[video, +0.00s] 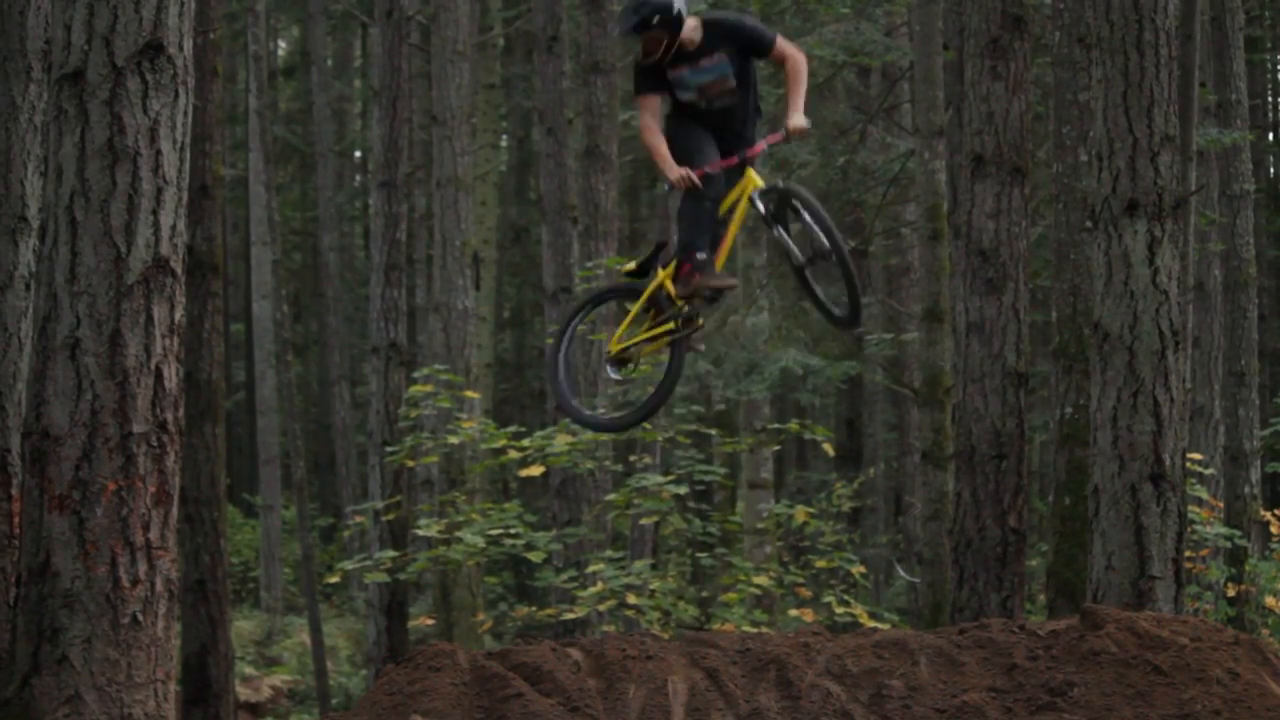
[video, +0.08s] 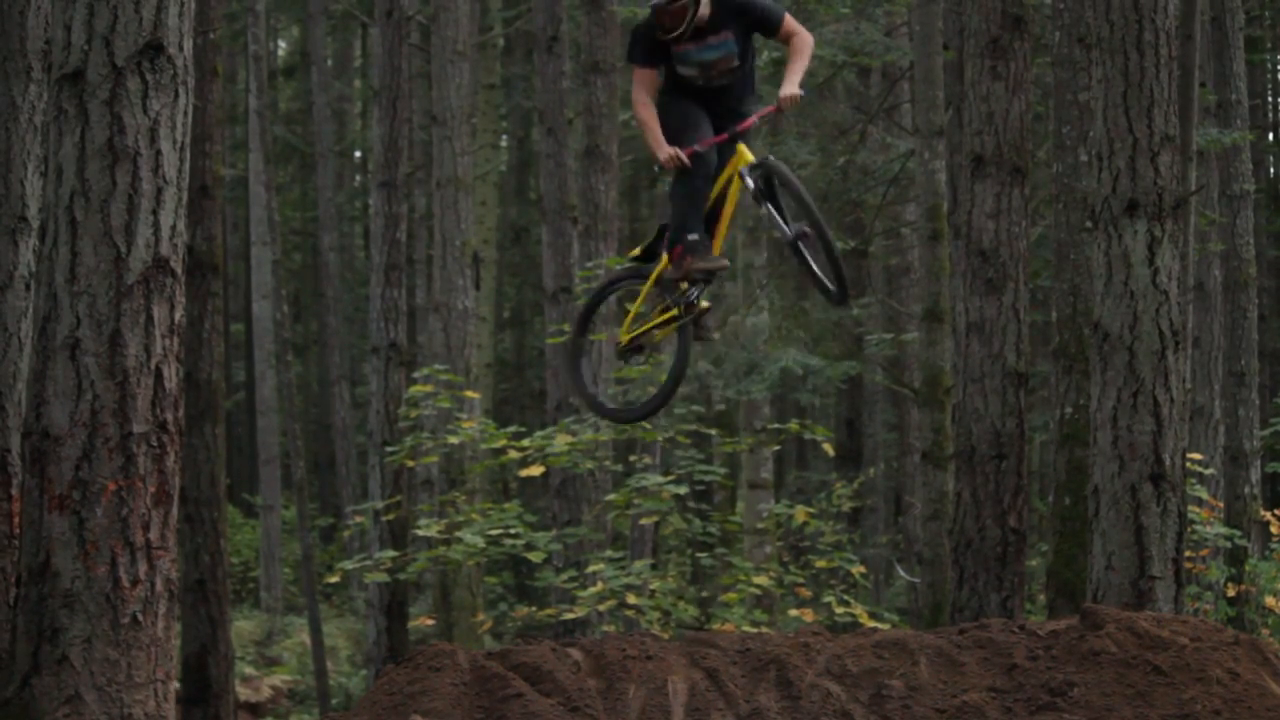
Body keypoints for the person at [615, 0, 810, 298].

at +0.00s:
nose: (645, 46)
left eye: (649, 37)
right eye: (641, 38)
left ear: (667, 26)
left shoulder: (731, 30)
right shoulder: (652, 61)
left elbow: (794, 58)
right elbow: (648, 121)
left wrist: (796, 113)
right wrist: (670, 168)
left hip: (738, 132)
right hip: (690, 132)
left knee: (723, 212)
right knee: (706, 178)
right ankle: (695, 267)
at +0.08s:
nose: (669, 20)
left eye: (676, 11)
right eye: (662, 13)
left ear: (698, 3)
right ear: (654, 10)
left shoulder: (739, 9)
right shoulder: (650, 33)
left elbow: (801, 37)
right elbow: (641, 95)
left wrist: (791, 83)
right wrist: (660, 147)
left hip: (733, 107)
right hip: (684, 108)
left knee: (719, 197)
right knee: (701, 159)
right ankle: (687, 249)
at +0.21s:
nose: (714, 9)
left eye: (721, 5)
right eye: (707, 5)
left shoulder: (763, 5)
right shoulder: (667, 5)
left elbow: (813, 56)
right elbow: (629, 63)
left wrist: (794, 79)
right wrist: (640, 112)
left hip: (719, 87)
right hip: (669, 85)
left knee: (735, 177)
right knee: (684, 140)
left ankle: (727, 277)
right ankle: (673, 236)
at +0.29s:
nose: (732, 27)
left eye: (741, 20)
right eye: (726, 18)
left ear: (756, 13)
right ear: (710, 9)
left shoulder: (770, 28)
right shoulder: (677, 13)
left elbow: (813, 93)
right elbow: (626, 69)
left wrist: (797, 113)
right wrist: (634, 117)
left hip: (710, 100)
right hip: (661, 94)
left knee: (746, 173)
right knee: (678, 152)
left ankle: (746, 283)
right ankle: (670, 261)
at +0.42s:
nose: (743, 69)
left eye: (753, 60)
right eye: (737, 59)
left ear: (768, 52)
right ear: (722, 45)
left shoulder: (776, 68)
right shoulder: (687, 50)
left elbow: (808, 137)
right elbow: (629, 108)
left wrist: (800, 171)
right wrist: (634, 167)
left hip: (714, 141)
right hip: (664, 135)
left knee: (749, 214)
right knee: (679, 204)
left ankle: (744, 323)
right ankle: (668, 311)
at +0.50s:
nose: (746, 140)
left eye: (755, 131)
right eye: (739, 130)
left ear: (770, 119)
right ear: (722, 112)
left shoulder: (778, 133)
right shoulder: (683, 122)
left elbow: (807, 203)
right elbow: (634, 190)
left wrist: (812, 266)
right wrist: (644, 263)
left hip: (715, 208)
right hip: (666, 203)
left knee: (749, 295)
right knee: (682, 286)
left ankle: (741, 383)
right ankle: (665, 396)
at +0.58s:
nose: (743, 207)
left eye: (753, 198)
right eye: (735, 197)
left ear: (769, 186)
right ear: (718, 180)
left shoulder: (783, 199)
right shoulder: (683, 192)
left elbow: (812, 273)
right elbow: (640, 266)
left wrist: (822, 349)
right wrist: (652, 347)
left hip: (724, 274)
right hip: (671, 275)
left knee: (745, 367)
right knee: (682, 366)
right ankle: (663, 480)